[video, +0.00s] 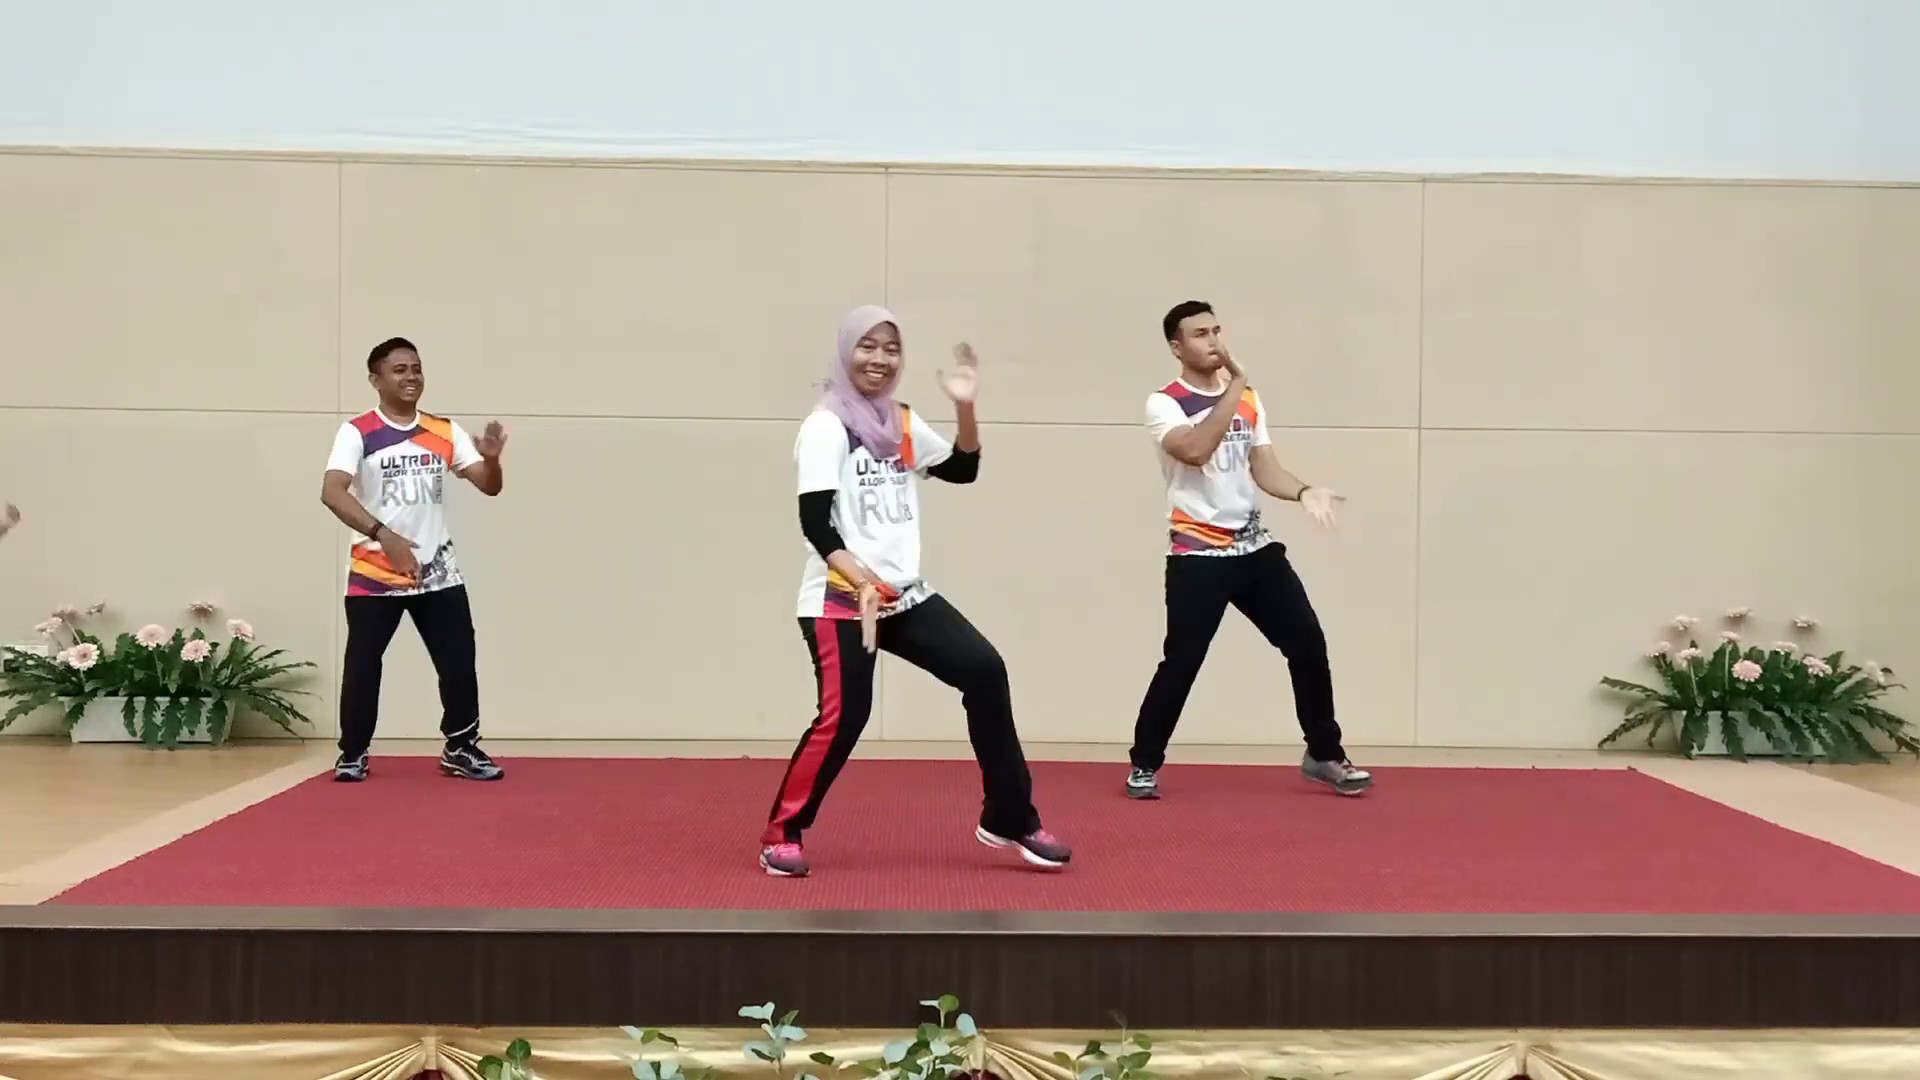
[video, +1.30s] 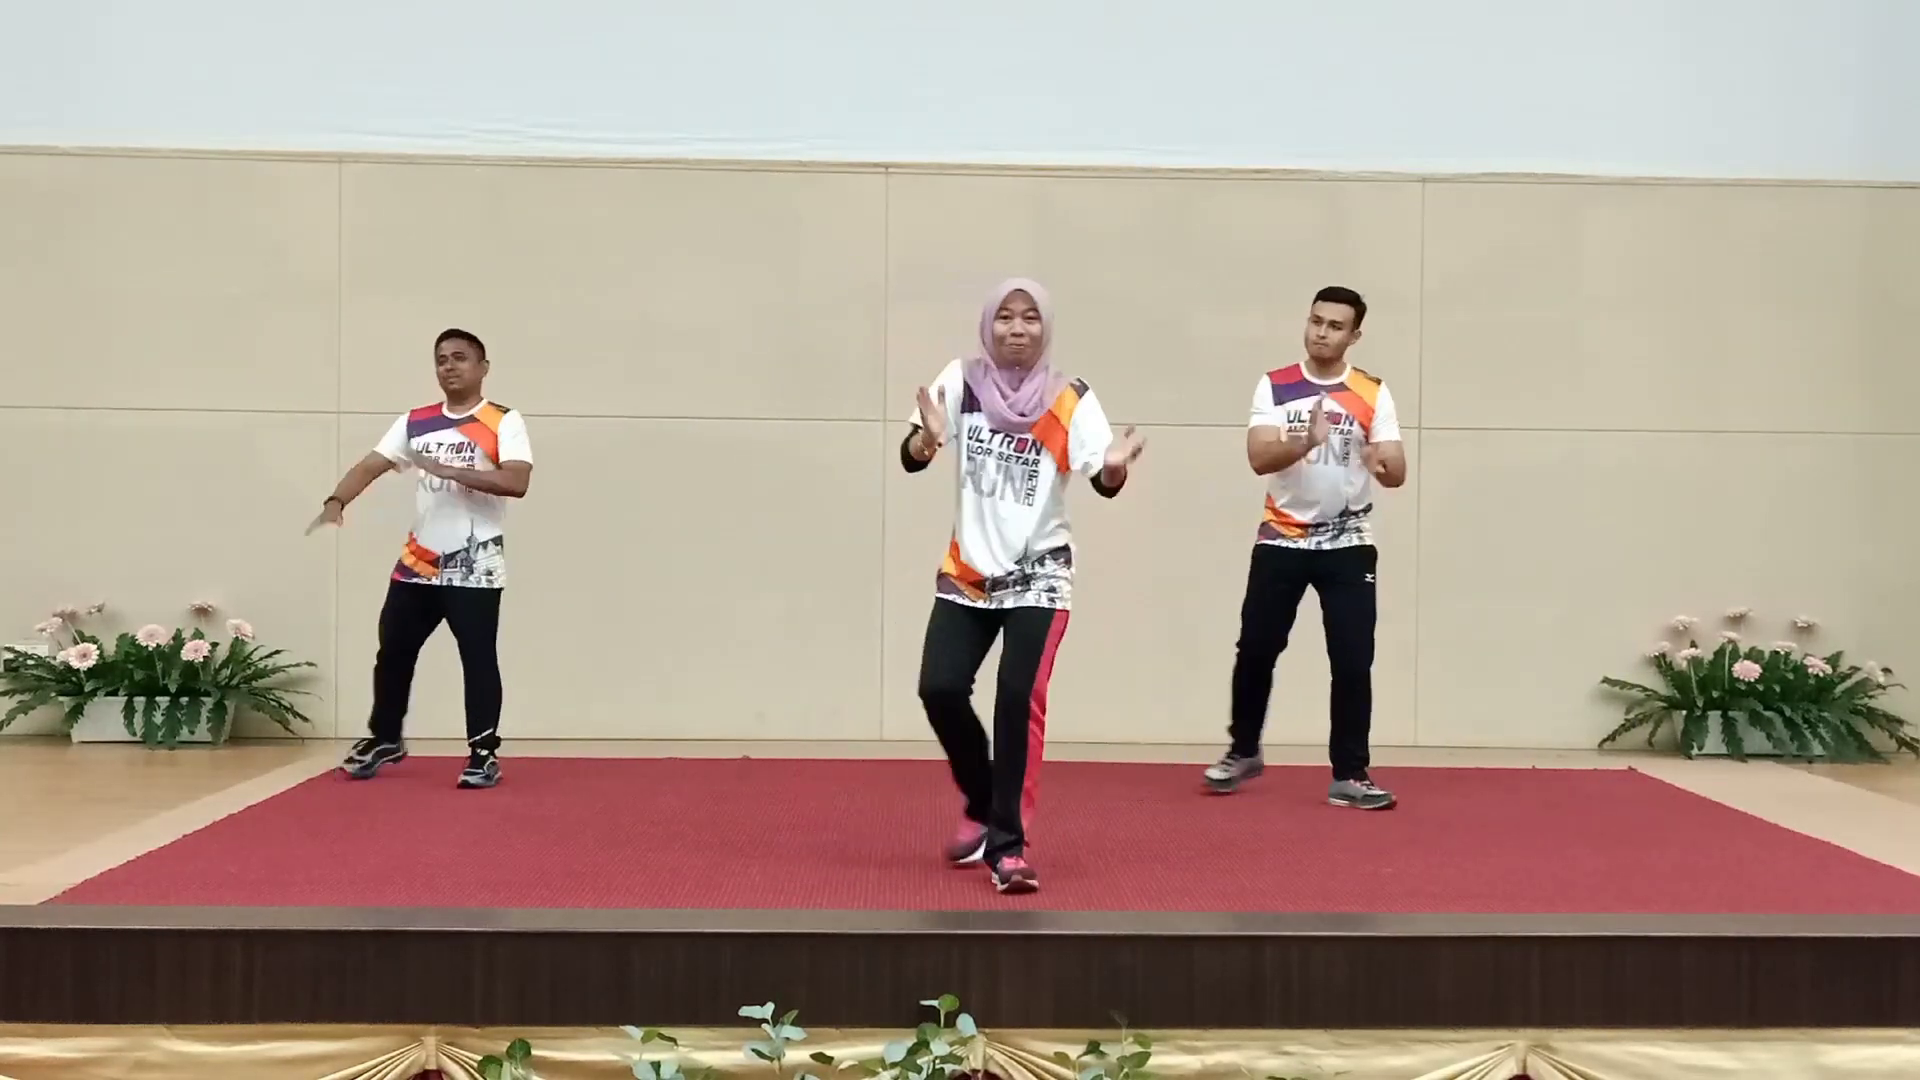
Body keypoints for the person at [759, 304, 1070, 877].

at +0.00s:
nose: (881, 357)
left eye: (891, 348)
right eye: (868, 346)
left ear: (901, 359)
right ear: (845, 355)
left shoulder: (903, 423)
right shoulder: (825, 426)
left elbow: (964, 469)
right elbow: (816, 525)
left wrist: (965, 409)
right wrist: (863, 578)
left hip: (904, 596)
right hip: (838, 599)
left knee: (985, 670)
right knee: (843, 714)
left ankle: (1008, 820)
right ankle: (783, 834)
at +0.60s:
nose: (841, 354)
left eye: (847, 343)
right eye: (830, 343)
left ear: (853, 343)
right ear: (797, 343)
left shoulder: (867, 401)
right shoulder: (773, 404)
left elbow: (929, 453)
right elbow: (760, 496)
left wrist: (945, 398)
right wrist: (799, 519)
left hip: (876, 577)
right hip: (809, 583)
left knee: (944, 675)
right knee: (817, 702)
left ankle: (974, 827)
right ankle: (780, 835)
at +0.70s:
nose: (870, 333)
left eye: (876, 322)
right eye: (858, 323)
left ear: (882, 323)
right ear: (825, 323)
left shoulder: (896, 379)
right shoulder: (793, 375)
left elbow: (952, 436)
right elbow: (759, 459)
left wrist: (1006, 419)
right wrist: (808, 454)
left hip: (891, 558)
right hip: (821, 563)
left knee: (949, 664)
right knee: (817, 689)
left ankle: (986, 813)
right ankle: (783, 832)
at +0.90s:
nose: (919, 332)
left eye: (927, 320)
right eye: (907, 321)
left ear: (936, 322)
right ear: (876, 323)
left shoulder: (954, 385)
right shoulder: (842, 365)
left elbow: (1001, 457)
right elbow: (779, 425)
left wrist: (1053, 500)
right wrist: (847, 392)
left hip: (930, 563)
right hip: (854, 560)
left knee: (963, 690)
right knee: (828, 696)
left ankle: (999, 834)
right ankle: (788, 832)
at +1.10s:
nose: (972, 330)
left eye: (982, 320)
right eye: (959, 320)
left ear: (996, 328)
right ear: (938, 328)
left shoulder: (1018, 400)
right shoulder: (909, 378)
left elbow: (1050, 482)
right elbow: (846, 440)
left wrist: (1078, 551)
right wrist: (900, 400)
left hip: (994, 570)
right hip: (918, 568)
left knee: (1002, 704)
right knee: (881, 696)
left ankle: (1008, 849)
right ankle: (820, 830)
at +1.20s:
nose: (994, 327)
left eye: (1006, 318)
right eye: (982, 317)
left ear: (1022, 328)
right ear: (963, 328)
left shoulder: (1045, 400)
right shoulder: (938, 385)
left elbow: (1077, 476)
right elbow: (877, 448)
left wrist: (1095, 511)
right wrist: (916, 407)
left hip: (1018, 576)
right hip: (946, 570)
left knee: (1007, 704)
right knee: (907, 690)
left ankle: (1008, 850)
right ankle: (898, 824)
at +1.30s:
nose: (1017, 326)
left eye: (1029, 317)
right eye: (1005, 317)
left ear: (1046, 330)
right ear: (987, 328)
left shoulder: (1069, 398)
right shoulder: (960, 381)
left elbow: (1104, 487)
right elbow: (910, 459)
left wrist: (1115, 465)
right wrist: (924, 442)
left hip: (1038, 574)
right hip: (969, 572)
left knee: (1018, 700)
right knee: (940, 691)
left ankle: (1008, 847)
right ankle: (987, 811)